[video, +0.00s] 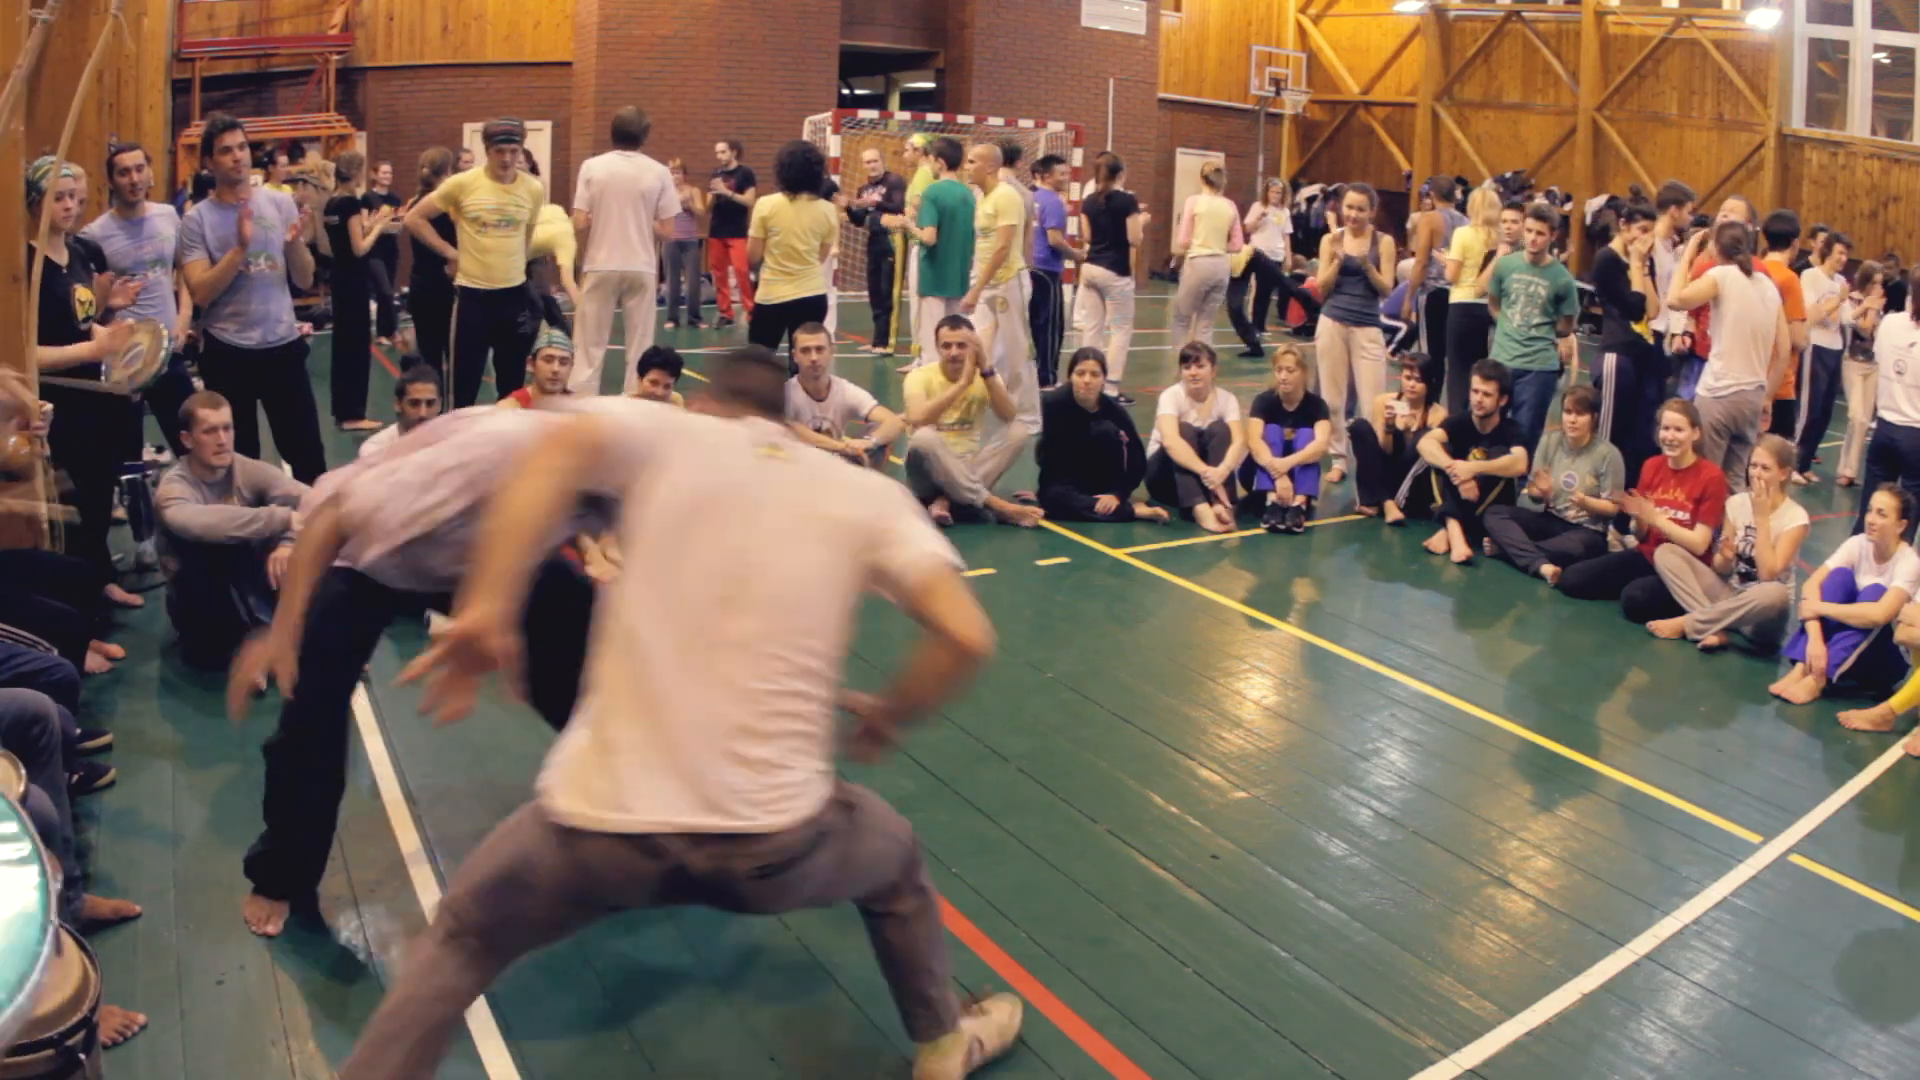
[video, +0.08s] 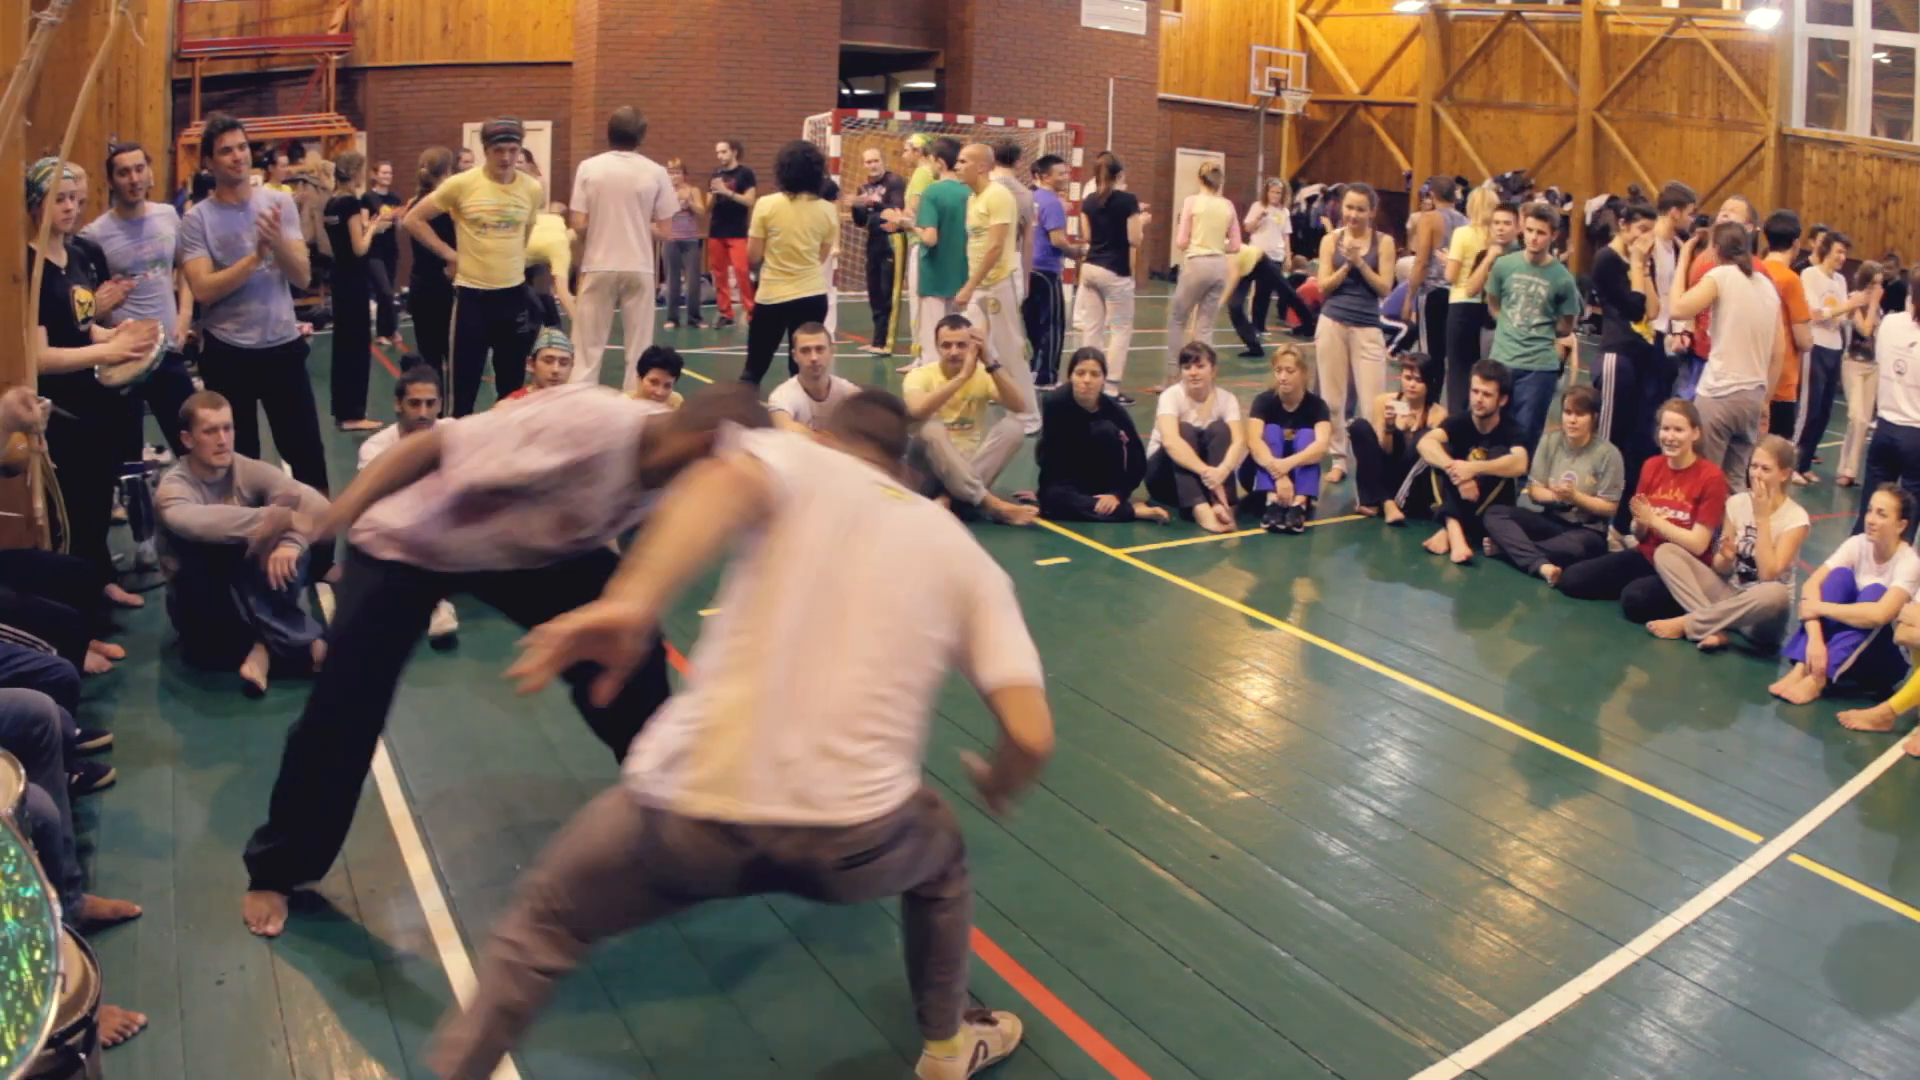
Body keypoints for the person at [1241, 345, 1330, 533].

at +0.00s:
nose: (1283, 377)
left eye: (1290, 371)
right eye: (1279, 370)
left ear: (1303, 374)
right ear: (1274, 373)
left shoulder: (1316, 404)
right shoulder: (1263, 401)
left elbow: (1321, 445)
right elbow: (1253, 440)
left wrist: (1286, 463)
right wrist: (1279, 476)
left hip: (1299, 481)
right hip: (1263, 477)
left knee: (1306, 434)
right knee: (1272, 430)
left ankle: (1300, 500)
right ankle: (1272, 499)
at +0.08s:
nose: (1283, 377)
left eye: (1290, 371)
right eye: (1279, 371)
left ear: (1304, 374)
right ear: (1274, 373)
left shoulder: (1317, 405)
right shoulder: (1263, 401)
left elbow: (1322, 447)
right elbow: (1253, 440)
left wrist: (1286, 464)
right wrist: (1280, 476)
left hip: (1299, 482)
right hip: (1262, 478)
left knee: (1306, 434)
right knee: (1272, 430)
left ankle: (1300, 500)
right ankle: (1272, 499)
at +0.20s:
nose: (1284, 377)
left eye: (1291, 372)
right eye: (1279, 371)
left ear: (1304, 375)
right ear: (1274, 373)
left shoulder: (1316, 405)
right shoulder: (1263, 402)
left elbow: (1322, 448)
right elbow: (1253, 441)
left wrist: (1284, 466)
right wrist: (1279, 477)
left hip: (1299, 481)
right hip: (1262, 478)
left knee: (1306, 434)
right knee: (1272, 430)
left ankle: (1300, 500)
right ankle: (1272, 499)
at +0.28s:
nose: (1285, 377)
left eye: (1292, 372)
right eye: (1281, 371)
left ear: (1304, 376)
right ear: (1275, 374)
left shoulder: (1316, 405)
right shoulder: (1263, 401)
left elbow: (1322, 448)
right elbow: (1253, 441)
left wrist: (1285, 466)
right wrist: (1280, 477)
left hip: (1300, 482)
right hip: (1263, 478)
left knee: (1306, 434)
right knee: (1272, 430)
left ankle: (1300, 500)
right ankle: (1272, 499)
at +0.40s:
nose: (1287, 378)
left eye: (1293, 373)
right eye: (1282, 372)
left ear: (1305, 376)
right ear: (1275, 374)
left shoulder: (1317, 405)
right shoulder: (1263, 401)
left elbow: (1322, 448)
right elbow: (1253, 441)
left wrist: (1285, 465)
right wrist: (1280, 476)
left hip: (1300, 483)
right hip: (1263, 478)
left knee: (1306, 434)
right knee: (1272, 431)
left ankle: (1300, 501)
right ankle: (1272, 499)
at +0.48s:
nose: (1287, 378)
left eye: (1294, 373)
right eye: (1282, 372)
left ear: (1305, 376)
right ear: (1275, 374)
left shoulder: (1317, 406)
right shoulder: (1262, 403)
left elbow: (1322, 446)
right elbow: (1254, 441)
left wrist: (1287, 464)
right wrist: (1274, 467)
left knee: (1306, 436)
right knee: (1272, 431)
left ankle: (1309, 488)